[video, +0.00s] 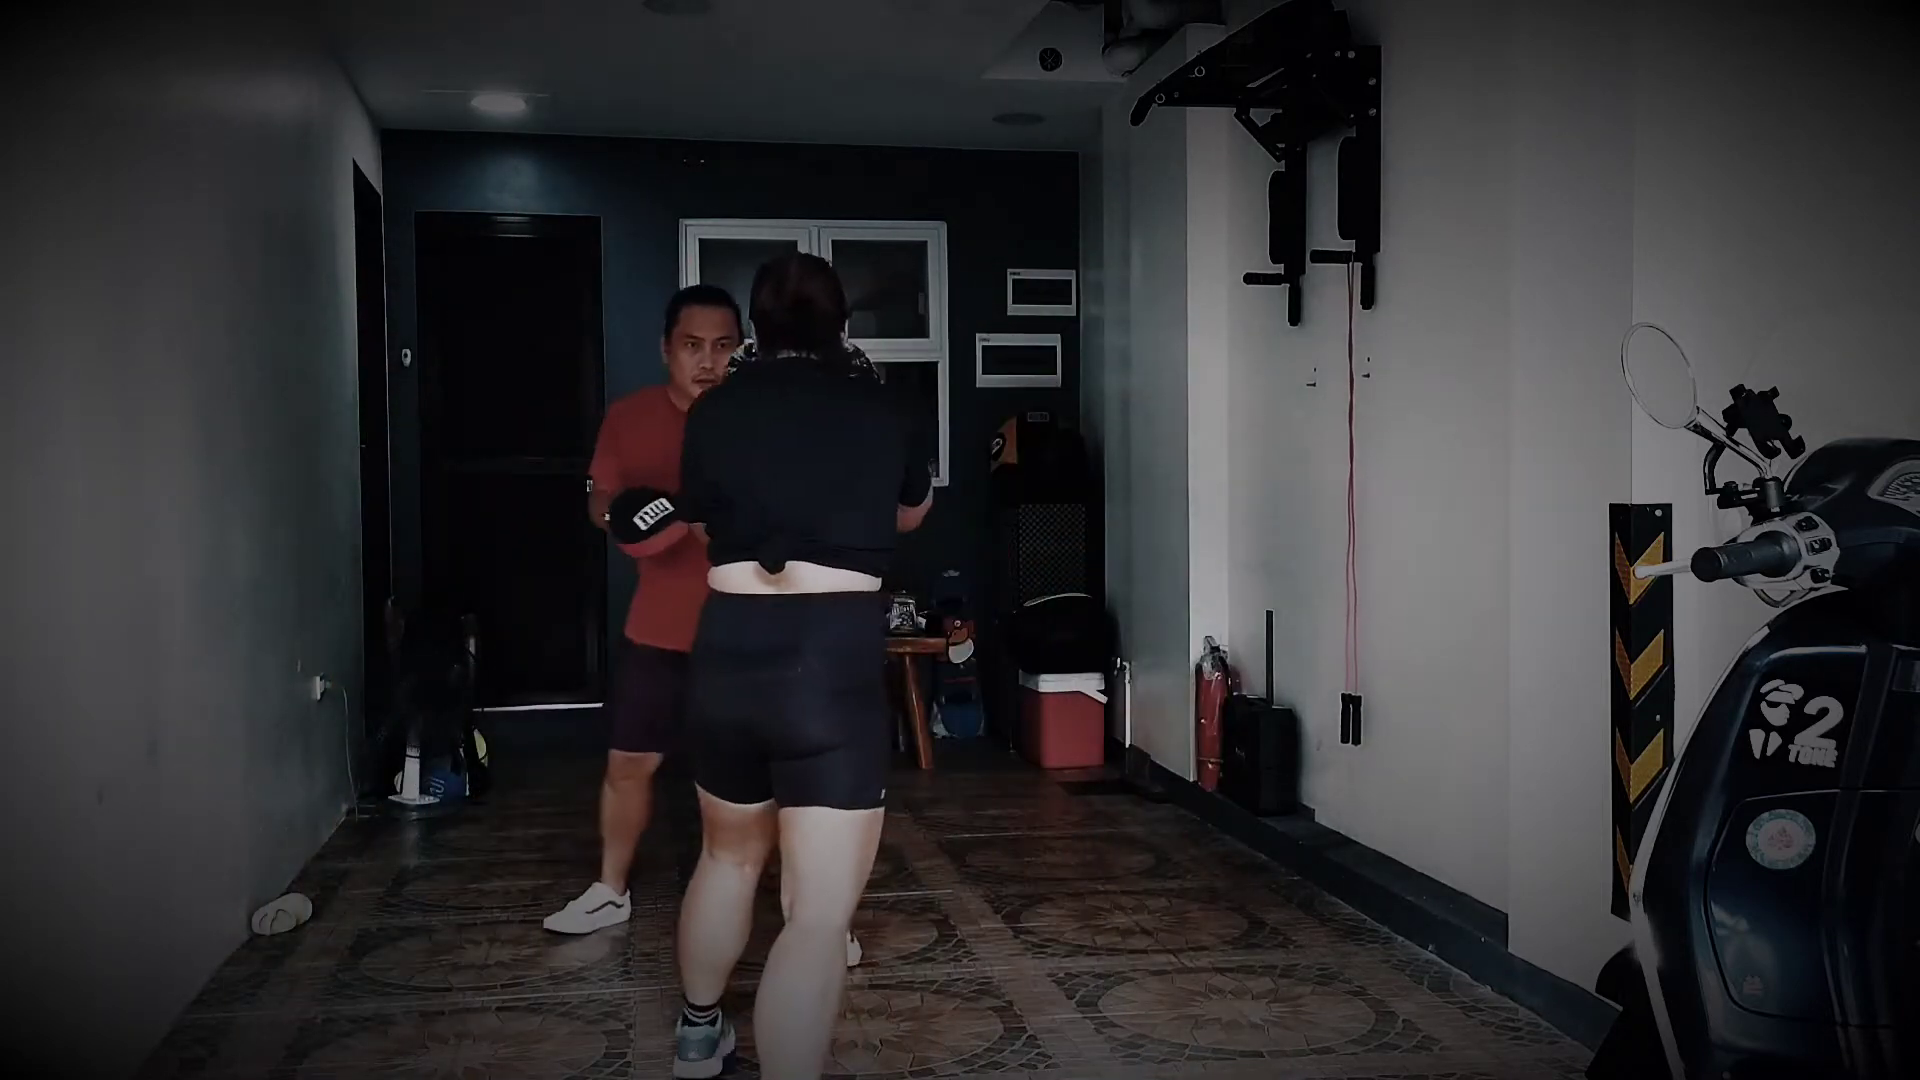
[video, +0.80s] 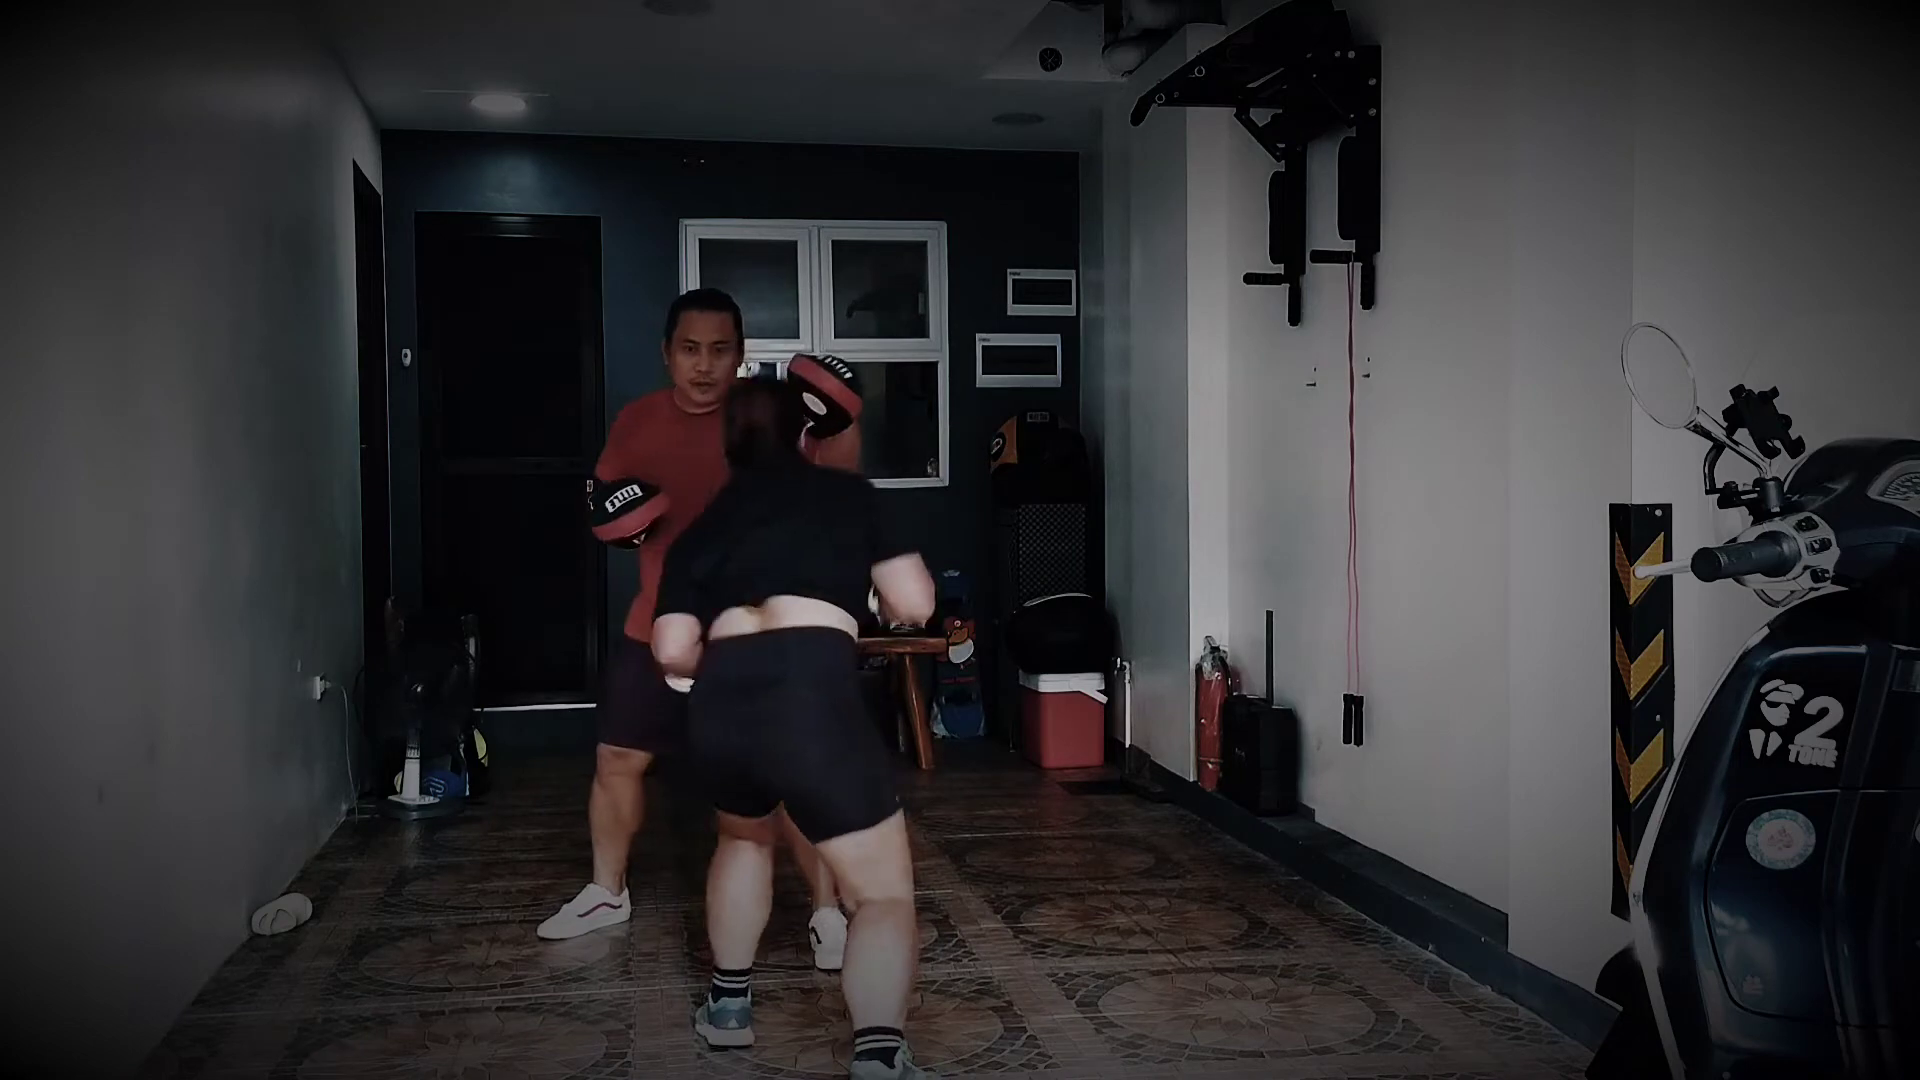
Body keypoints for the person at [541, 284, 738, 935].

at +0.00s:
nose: (708, 359)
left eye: (722, 345)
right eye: (694, 344)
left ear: (739, 351)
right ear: (667, 349)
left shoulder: (756, 418)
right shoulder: (631, 416)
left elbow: (779, 507)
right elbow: (600, 498)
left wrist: (708, 521)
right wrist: (624, 518)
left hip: (738, 629)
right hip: (657, 624)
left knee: (751, 772)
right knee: (627, 763)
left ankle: (809, 911)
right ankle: (612, 889)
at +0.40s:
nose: (709, 361)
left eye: (722, 350)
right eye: (699, 348)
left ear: (745, 356)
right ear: (677, 350)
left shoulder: (770, 416)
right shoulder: (646, 414)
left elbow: (795, 498)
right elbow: (605, 501)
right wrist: (637, 518)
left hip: (748, 631)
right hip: (660, 627)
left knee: (781, 771)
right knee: (622, 760)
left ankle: (830, 896)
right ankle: (609, 889)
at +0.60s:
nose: (705, 363)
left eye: (719, 351)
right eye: (692, 348)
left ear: (737, 356)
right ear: (667, 350)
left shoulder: (756, 412)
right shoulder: (631, 418)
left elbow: (839, 451)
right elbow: (596, 504)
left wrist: (812, 390)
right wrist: (628, 504)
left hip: (750, 631)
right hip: (651, 631)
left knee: (786, 773)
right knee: (616, 761)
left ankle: (829, 908)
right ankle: (608, 893)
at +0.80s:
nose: (704, 363)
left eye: (718, 349)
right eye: (690, 348)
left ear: (739, 355)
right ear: (668, 352)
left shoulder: (765, 416)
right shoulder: (641, 421)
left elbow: (832, 494)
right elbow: (607, 504)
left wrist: (842, 420)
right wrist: (611, 514)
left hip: (757, 631)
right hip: (658, 626)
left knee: (782, 765)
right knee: (618, 757)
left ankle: (827, 906)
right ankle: (607, 894)